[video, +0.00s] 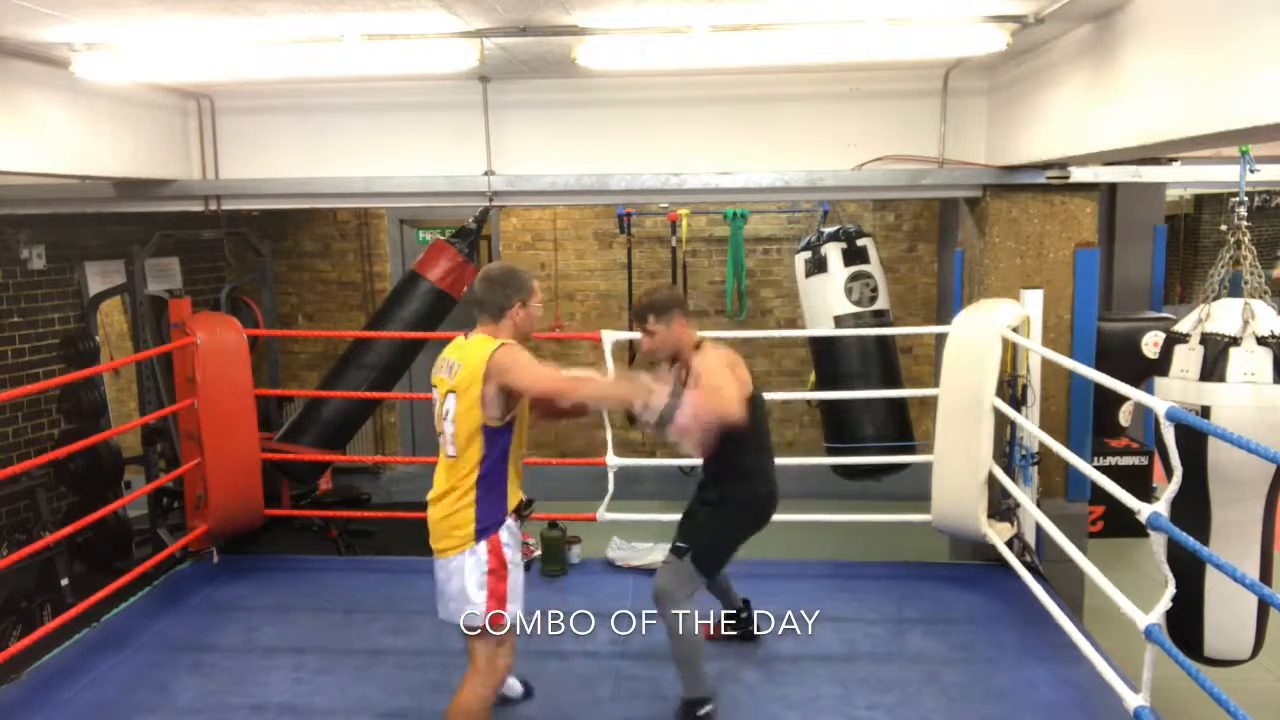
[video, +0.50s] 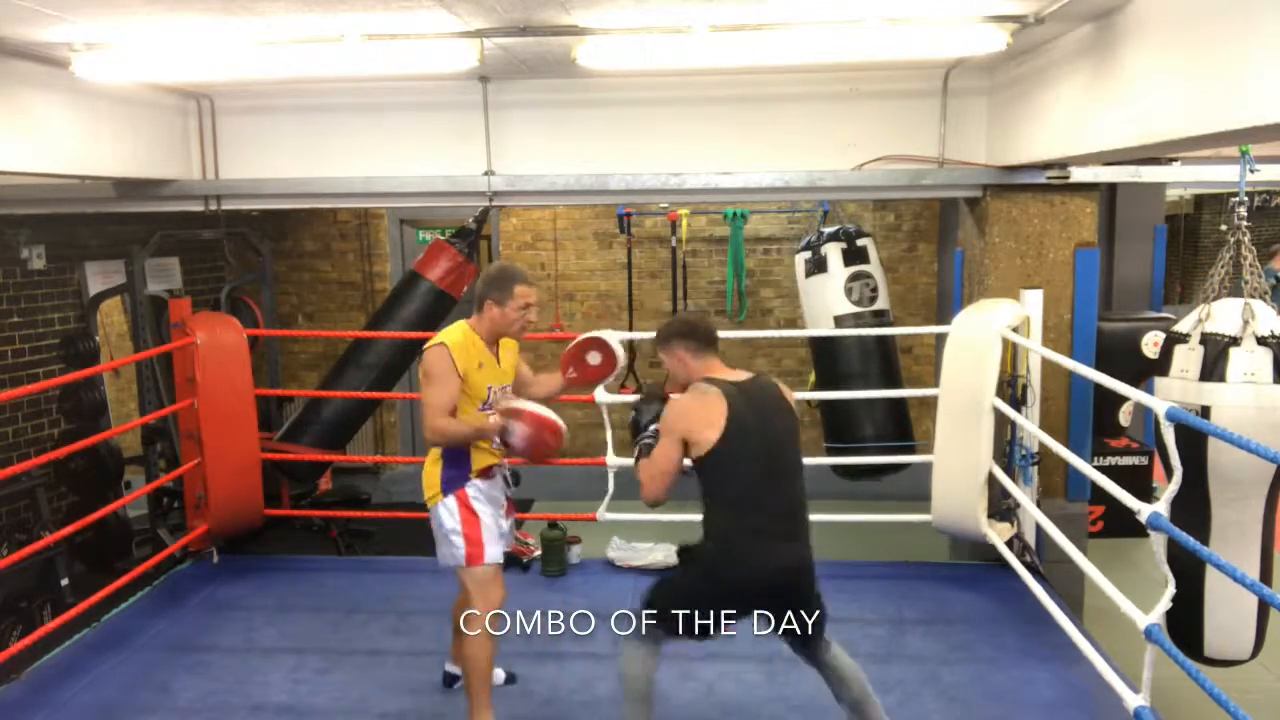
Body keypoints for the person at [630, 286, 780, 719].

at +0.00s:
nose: (642, 345)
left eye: (648, 334)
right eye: (640, 335)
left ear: (677, 326)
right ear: (674, 329)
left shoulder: (714, 363)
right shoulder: (681, 368)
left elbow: (730, 411)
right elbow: (657, 410)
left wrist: (666, 411)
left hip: (743, 494)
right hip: (717, 486)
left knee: (670, 590)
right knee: (694, 555)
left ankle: (698, 701)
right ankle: (738, 614)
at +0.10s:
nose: (642, 380)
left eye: (645, 369)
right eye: (640, 371)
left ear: (666, 360)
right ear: (661, 359)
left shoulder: (727, 385)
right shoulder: (676, 390)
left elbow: (752, 462)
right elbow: (667, 438)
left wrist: (688, 435)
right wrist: (632, 437)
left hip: (744, 508)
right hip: (711, 499)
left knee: (670, 595)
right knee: (683, 572)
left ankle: (669, 712)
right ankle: (736, 619)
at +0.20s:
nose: (621, 393)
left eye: (627, 382)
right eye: (619, 384)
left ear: (657, 374)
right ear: (656, 374)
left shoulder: (713, 408)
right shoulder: (664, 406)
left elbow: (708, 497)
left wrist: (663, 469)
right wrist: (620, 455)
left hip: (745, 535)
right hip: (709, 522)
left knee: (658, 607)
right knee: (691, 571)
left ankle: (661, 712)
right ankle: (735, 621)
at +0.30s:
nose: (613, 383)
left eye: (614, 371)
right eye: (611, 373)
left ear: (638, 365)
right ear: (647, 362)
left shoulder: (680, 408)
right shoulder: (706, 384)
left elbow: (657, 497)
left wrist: (617, 453)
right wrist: (643, 442)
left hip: (745, 545)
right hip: (768, 533)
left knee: (635, 623)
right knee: (704, 562)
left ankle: (650, 714)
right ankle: (760, 636)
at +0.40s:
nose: (642, 373)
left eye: (640, 361)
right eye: (638, 363)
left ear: (658, 351)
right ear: (683, 346)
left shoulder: (680, 397)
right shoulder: (741, 379)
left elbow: (657, 487)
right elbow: (714, 450)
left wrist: (633, 437)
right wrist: (653, 422)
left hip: (732, 553)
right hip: (782, 548)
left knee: (629, 612)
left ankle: (644, 715)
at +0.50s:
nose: (668, 375)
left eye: (666, 364)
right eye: (664, 365)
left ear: (682, 355)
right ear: (711, 349)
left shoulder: (685, 407)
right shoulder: (778, 393)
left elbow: (652, 492)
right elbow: (759, 458)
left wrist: (648, 432)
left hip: (727, 570)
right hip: (790, 567)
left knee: (641, 636)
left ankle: (635, 716)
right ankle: (877, 716)